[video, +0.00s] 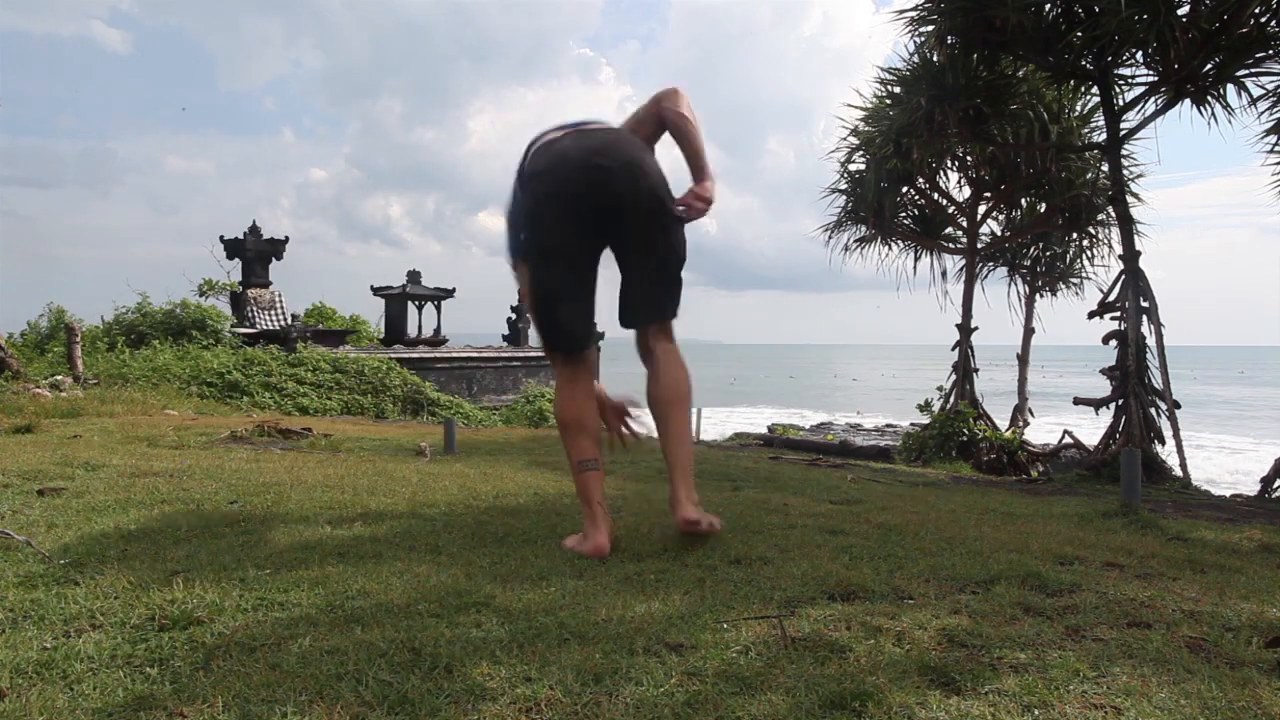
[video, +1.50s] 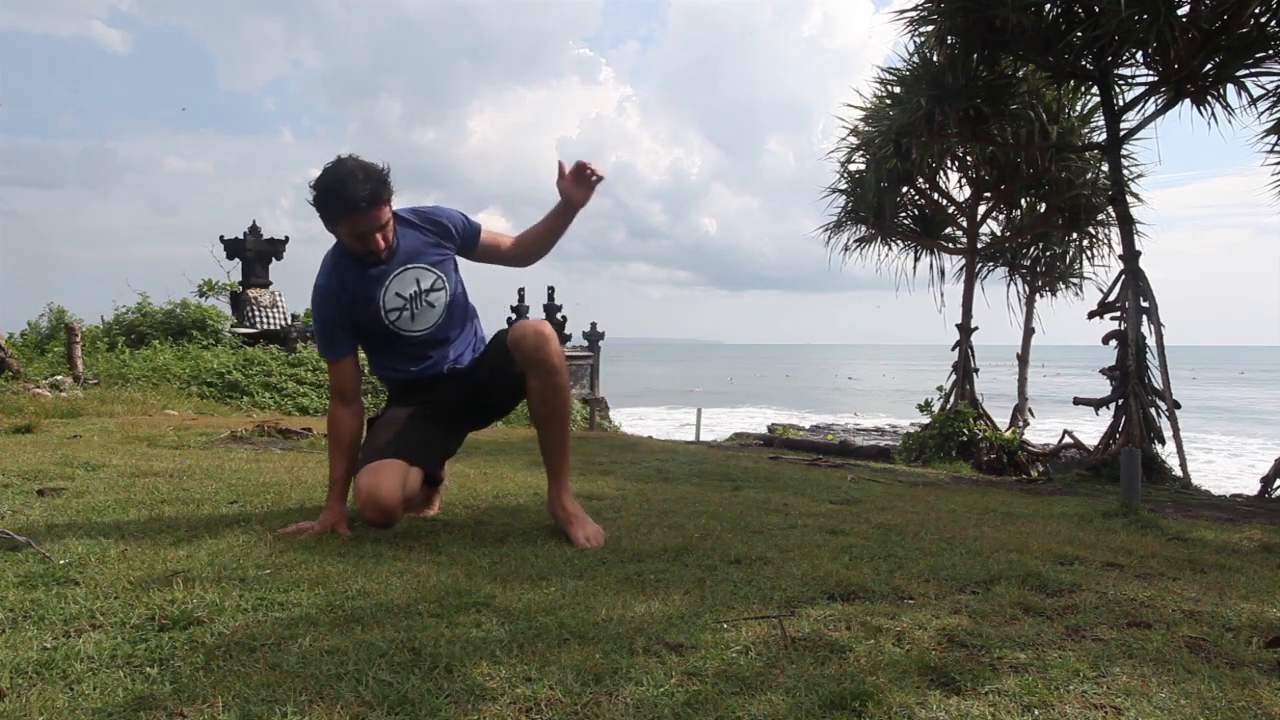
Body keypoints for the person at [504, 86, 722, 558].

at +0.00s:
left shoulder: (526, 199)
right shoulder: (624, 140)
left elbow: (540, 311)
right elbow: (671, 97)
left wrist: (596, 394)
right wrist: (703, 177)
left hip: (548, 183)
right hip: (627, 167)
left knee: (569, 367)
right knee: (659, 338)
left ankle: (596, 528)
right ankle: (686, 503)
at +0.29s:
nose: (434, 98)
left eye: (429, 85)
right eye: (429, 90)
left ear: (443, 58)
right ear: (471, 47)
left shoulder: (456, 52)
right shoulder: (554, 55)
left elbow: (439, 134)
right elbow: (649, 114)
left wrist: (420, 221)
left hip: (601, 159)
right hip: (649, 164)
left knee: (574, 346)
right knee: (560, 312)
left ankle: (611, 520)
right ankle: (557, 463)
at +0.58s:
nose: (406, 59)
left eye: (406, 42)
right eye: (396, 50)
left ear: (439, 11)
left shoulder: (510, 28)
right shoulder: (456, 89)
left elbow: (568, 88)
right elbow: (474, 184)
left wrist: (474, 106)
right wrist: (424, 230)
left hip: (582, 207)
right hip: (529, 215)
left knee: (551, 358)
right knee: (459, 351)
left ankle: (576, 511)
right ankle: (473, 491)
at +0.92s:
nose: (412, 201)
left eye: (417, 187)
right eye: (399, 194)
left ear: (440, 152)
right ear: (385, 181)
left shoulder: (508, 173)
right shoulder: (400, 225)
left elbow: (593, 228)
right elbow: (365, 326)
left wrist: (633, 250)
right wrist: (318, 414)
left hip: (537, 316)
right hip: (467, 326)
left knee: (561, 373)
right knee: (390, 413)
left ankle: (573, 508)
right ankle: (449, 468)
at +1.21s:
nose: (398, 260)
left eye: (403, 243)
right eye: (381, 253)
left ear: (414, 213)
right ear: (356, 242)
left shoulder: (464, 230)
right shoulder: (358, 290)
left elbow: (556, 261)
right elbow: (356, 402)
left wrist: (613, 249)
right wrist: (335, 507)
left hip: (497, 377)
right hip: (429, 396)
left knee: (551, 361)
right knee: (391, 495)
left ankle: (570, 507)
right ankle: (436, 477)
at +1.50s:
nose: (379, 243)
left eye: (384, 226)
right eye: (361, 237)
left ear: (390, 205)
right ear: (333, 229)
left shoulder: (433, 225)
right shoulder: (333, 290)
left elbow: (517, 251)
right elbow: (345, 400)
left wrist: (569, 207)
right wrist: (333, 507)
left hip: (477, 379)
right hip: (413, 404)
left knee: (537, 336)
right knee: (377, 505)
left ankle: (562, 498)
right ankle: (430, 474)